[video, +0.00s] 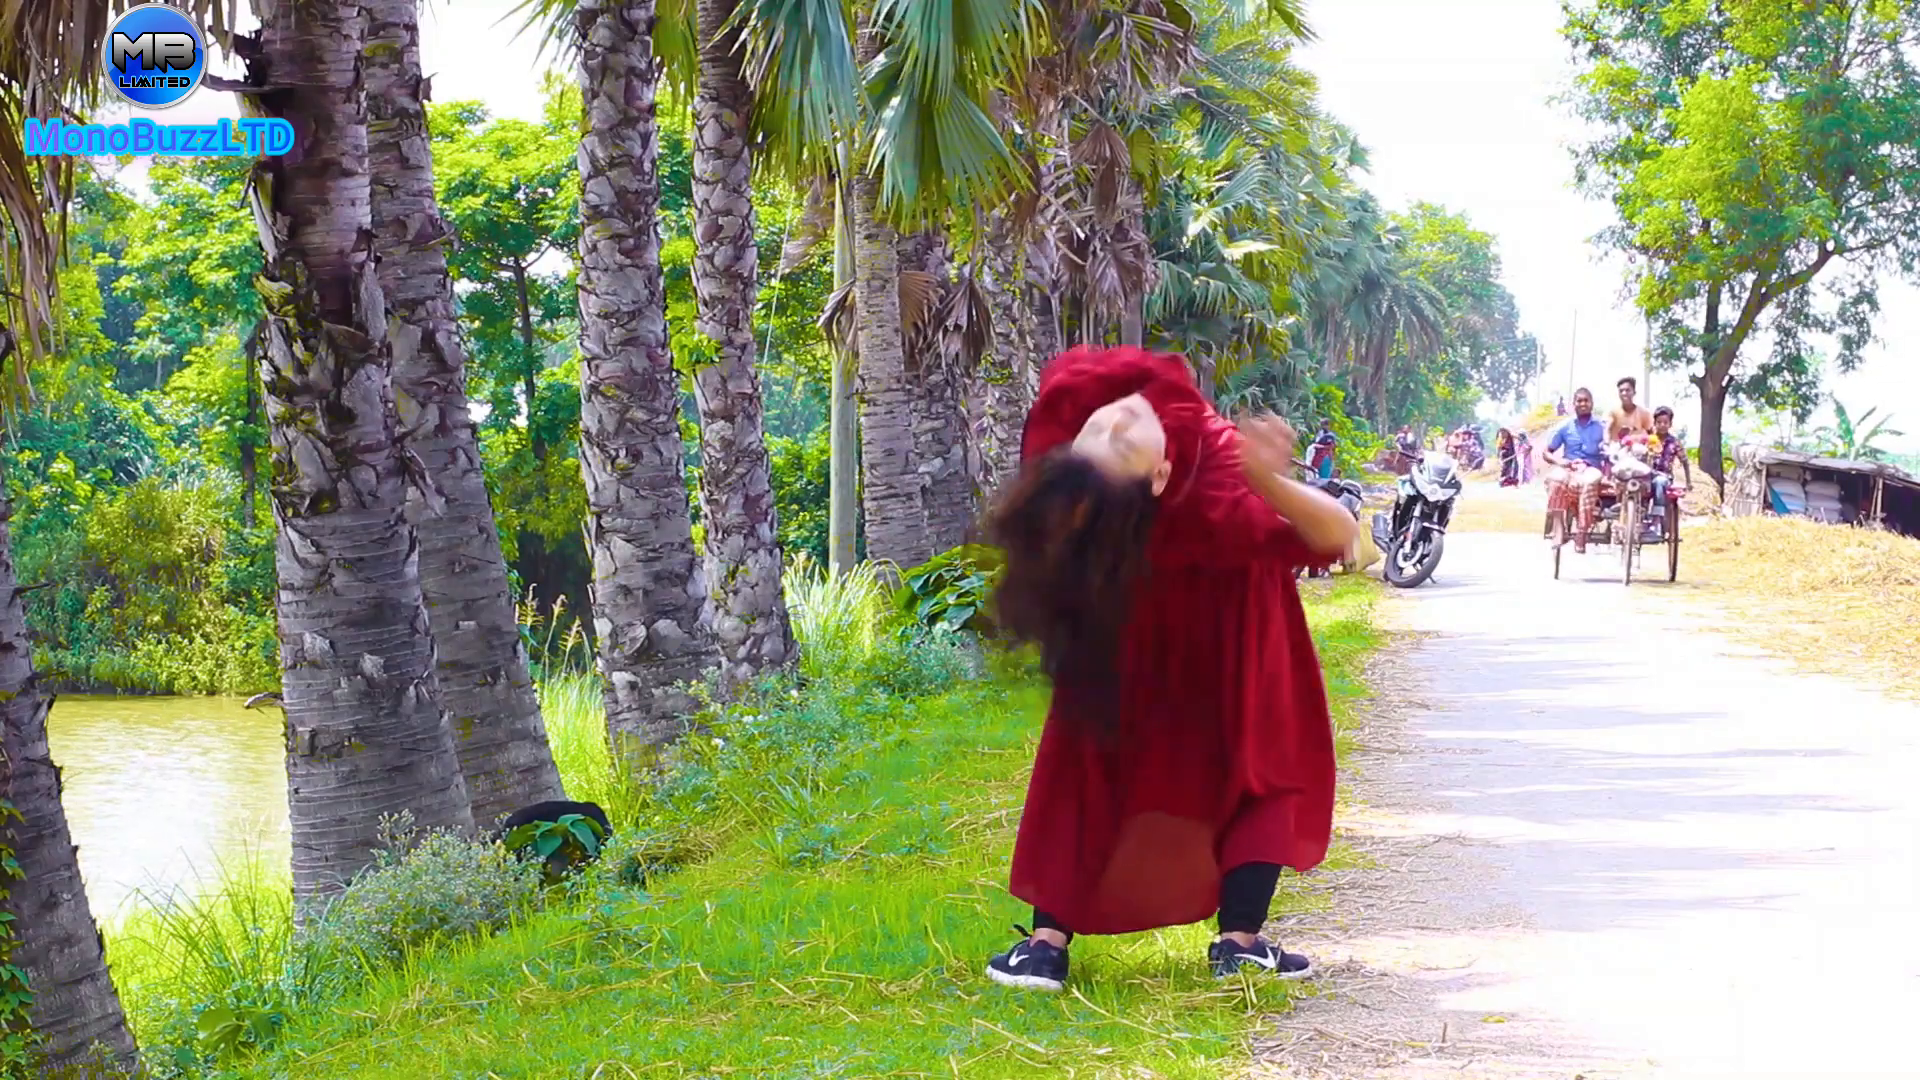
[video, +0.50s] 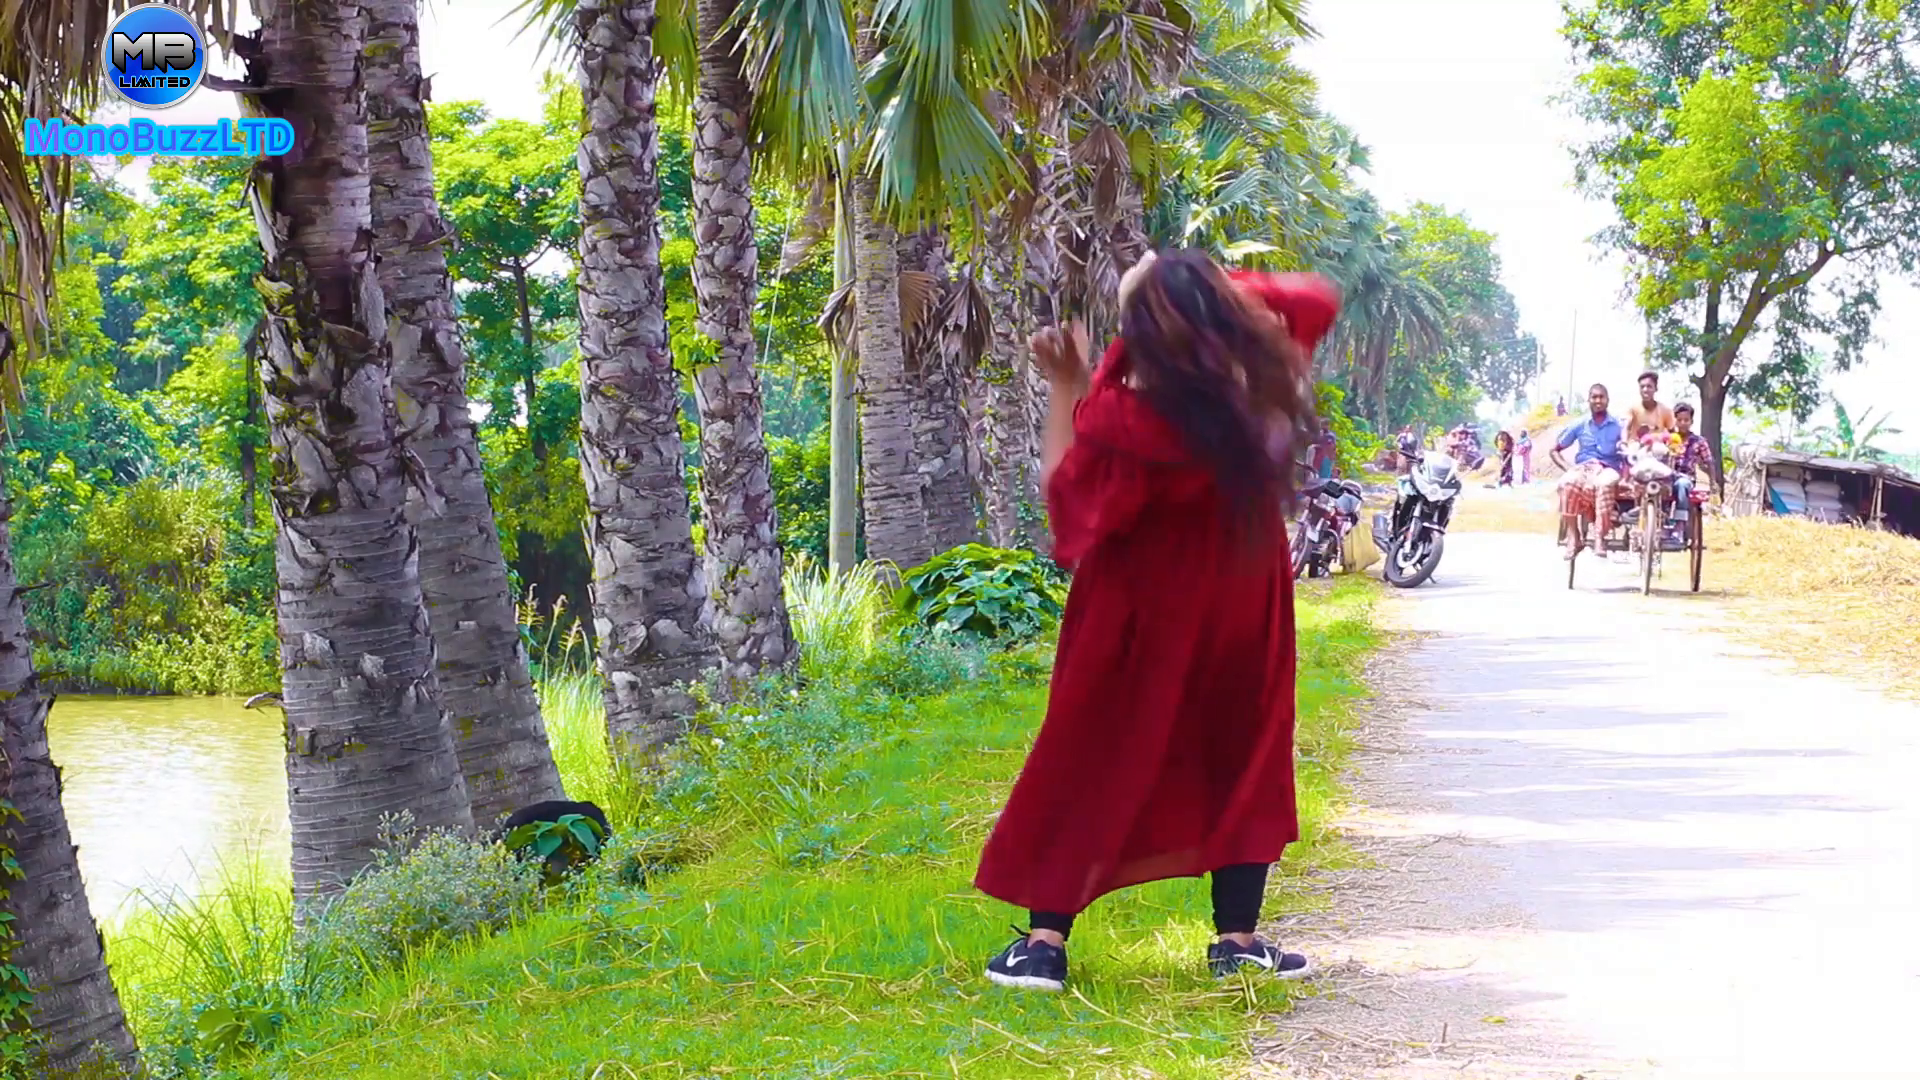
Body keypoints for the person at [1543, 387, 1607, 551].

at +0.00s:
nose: (1582, 404)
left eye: (1586, 400)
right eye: (1579, 401)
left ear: (1592, 403)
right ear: (1574, 404)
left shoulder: (1600, 427)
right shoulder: (1567, 427)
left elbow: (1606, 450)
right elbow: (1546, 453)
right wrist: (1560, 461)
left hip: (1591, 466)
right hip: (1568, 465)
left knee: (1590, 483)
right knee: (1555, 480)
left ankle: (1582, 531)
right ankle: (1558, 529)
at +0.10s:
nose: (1585, 403)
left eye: (1589, 400)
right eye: (1581, 400)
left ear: (1594, 403)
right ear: (1576, 403)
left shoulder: (1603, 427)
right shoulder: (1570, 425)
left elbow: (1610, 450)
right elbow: (1549, 447)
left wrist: (1611, 472)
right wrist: (1551, 459)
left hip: (1595, 466)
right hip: (1571, 465)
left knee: (1592, 485)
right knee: (1556, 483)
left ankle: (1586, 534)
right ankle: (1562, 532)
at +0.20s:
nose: (1589, 402)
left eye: (1592, 399)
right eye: (1585, 399)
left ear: (1598, 401)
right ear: (1579, 402)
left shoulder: (1606, 427)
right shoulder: (1573, 425)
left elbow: (1613, 450)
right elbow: (1548, 447)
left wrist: (1615, 474)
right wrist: (1557, 463)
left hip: (1598, 466)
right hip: (1573, 465)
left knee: (1595, 485)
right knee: (1563, 483)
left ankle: (1589, 536)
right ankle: (1565, 533)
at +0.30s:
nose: (1591, 402)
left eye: (1595, 398)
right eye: (1587, 398)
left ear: (1601, 401)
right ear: (1582, 402)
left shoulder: (1609, 426)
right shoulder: (1576, 424)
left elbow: (1616, 449)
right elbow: (1549, 446)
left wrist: (1619, 474)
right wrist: (1560, 463)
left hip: (1602, 466)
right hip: (1577, 465)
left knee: (1599, 485)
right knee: (1564, 484)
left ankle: (1593, 535)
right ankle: (1568, 535)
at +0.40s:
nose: (1594, 401)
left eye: (1598, 397)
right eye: (1590, 398)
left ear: (1604, 400)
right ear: (1585, 401)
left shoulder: (1613, 425)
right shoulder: (1579, 424)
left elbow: (1621, 450)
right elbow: (1551, 447)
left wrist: (1621, 474)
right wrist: (1565, 466)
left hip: (1604, 466)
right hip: (1580, 465)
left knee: (1601, 487)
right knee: (1565, 486)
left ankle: (1596, 536)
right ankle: (1571, 537)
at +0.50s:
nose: (1598, 401)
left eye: (1601, 397)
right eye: (1594, 397)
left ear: (1607, 400)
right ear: (1588, 400)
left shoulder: (1616, 426)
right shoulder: (1581, 424)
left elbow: (1624, 451)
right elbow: (1553, 450)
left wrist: (1625, 475)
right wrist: (1568, 468)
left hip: (1608, 467)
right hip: (1583, 466)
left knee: (1605, 486)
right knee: (1566, 485)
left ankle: (1599, 538)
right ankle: (1573, 537)